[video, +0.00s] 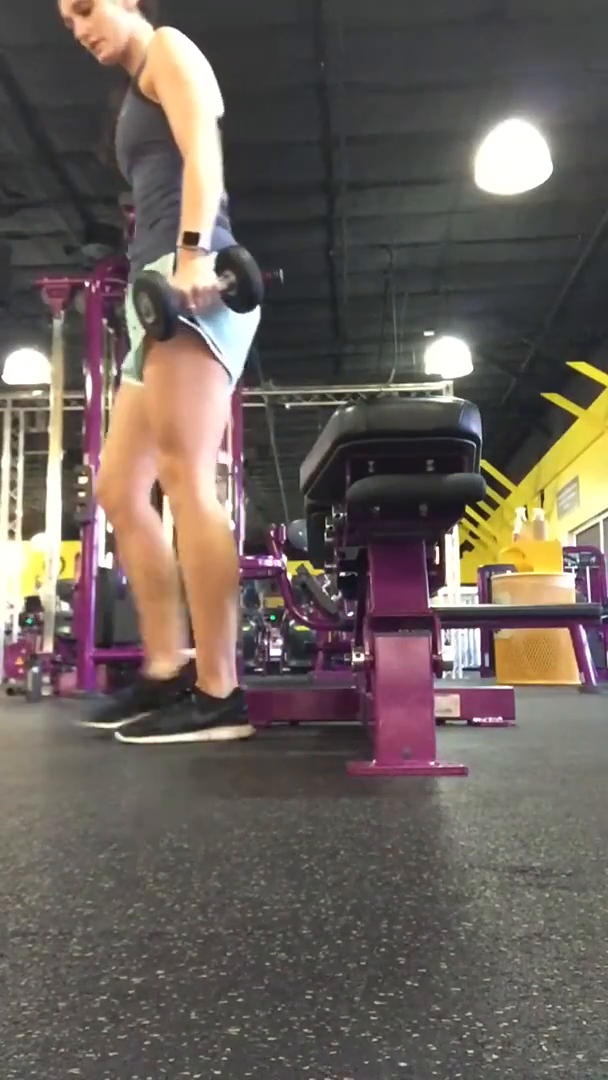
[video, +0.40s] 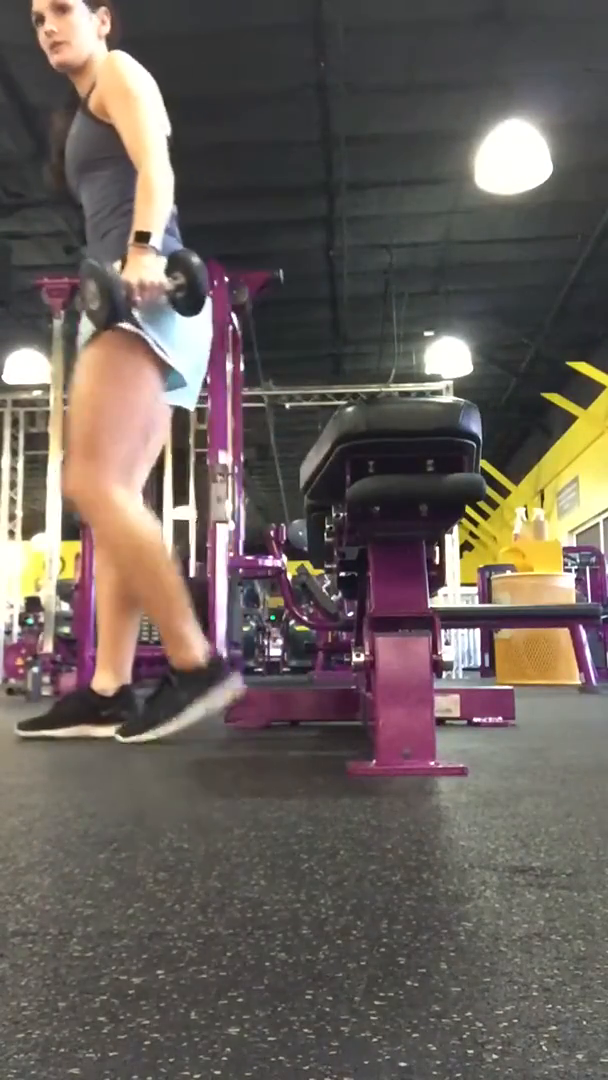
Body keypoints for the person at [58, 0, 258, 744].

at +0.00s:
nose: (79, 26)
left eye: (87, 8)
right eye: (69, 18)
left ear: (128, 1)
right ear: (72, 27)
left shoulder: (167, 49)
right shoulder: (135, 91)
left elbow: (201, 149)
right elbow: (155, 201)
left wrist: (191, 250)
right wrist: (143, 277)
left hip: (199, 283)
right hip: (162, 291)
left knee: (185, 476)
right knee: (121, 488)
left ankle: (219, 691)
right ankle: (165, 674)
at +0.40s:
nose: (48, 27)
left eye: (62, 12)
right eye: (39, 18)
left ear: (102, 19)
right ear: (38, 33)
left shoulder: (118, 73)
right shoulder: (91, 102)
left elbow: (156, 166)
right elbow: (118, 205)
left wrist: (145, 248)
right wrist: (101, 283)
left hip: (145, 289)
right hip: (143, 293)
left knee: (90, 478)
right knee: (115, 495)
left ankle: (195, 662)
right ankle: (107, 687)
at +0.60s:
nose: (48, 30)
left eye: (63, 16)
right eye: (40, 21)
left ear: (102, 27)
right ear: (39, 37)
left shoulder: (112, 79)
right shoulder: (87, 104)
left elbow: (143, 167)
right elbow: (105, 208)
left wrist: (116, 240)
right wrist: (81, 278)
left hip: (129, 293)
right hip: (159, 300)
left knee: (21, 448)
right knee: (113, 504)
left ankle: (196, 507)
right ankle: (109, 690)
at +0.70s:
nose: (51, 27)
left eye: (67, 14)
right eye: (43, 18)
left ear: (105, 29)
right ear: (40, 34)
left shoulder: (110, 81)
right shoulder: (86, 103)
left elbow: (138, 162)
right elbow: (103, 209)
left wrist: (111, 241)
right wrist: (76, 275)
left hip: (123, 294)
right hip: (147, 303)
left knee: (29, 458)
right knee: (110, 509)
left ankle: (213, 440)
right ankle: (109, 692)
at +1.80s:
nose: (69, 51)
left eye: (82, 37)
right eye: (62, 44)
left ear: (120, 45)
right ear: (63, 59)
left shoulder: (126, 91)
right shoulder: (99, 118)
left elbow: (138, 168)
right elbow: (106, 215)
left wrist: (123, 244)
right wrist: (74, 281)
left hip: (126, 300)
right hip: (98, 308)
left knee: (113, 486)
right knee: (95, 504)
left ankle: (302, 491)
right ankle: (109, 691)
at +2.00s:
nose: (72, 45)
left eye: (86, 31)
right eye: (63, 37)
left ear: (123, 43)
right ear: (63, 53)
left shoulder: (124, 92)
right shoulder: (101, 114)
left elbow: (131, 181)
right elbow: (108, 213)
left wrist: (109, 262)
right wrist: (70, 277)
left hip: (126, 306)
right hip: (96, 316)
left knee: (115, 498)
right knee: (78, 510)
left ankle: (301, 491)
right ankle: (107, 691)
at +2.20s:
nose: (76, 24)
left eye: (91, 12)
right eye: (68, 16)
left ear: (128, 25)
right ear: (64, 31)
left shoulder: (127, 75)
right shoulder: (101, 95)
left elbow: (145, 161)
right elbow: (117, 189)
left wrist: (99, 232)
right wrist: (77, 253)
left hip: (122, 286)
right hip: (94, 291)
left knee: (117, 476)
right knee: (69, 496)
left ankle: (308, 492)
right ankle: (103, 679)